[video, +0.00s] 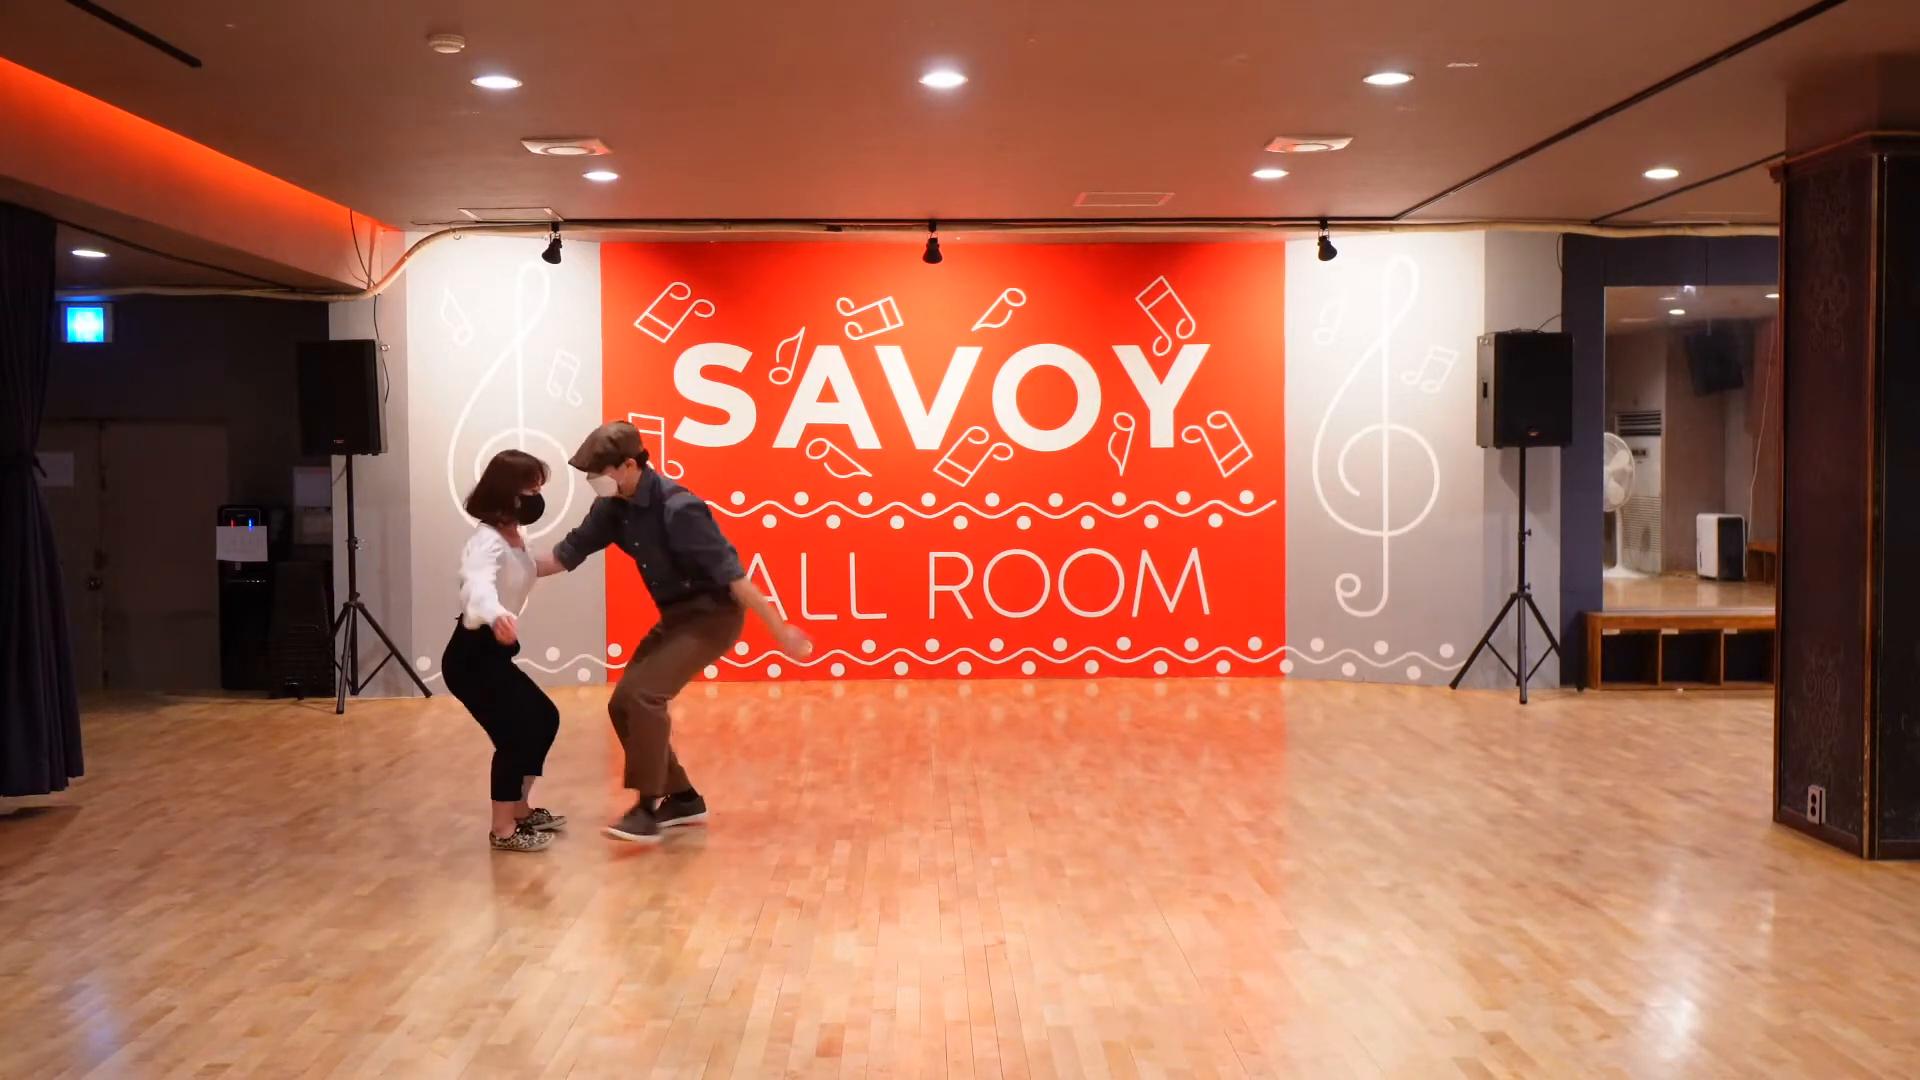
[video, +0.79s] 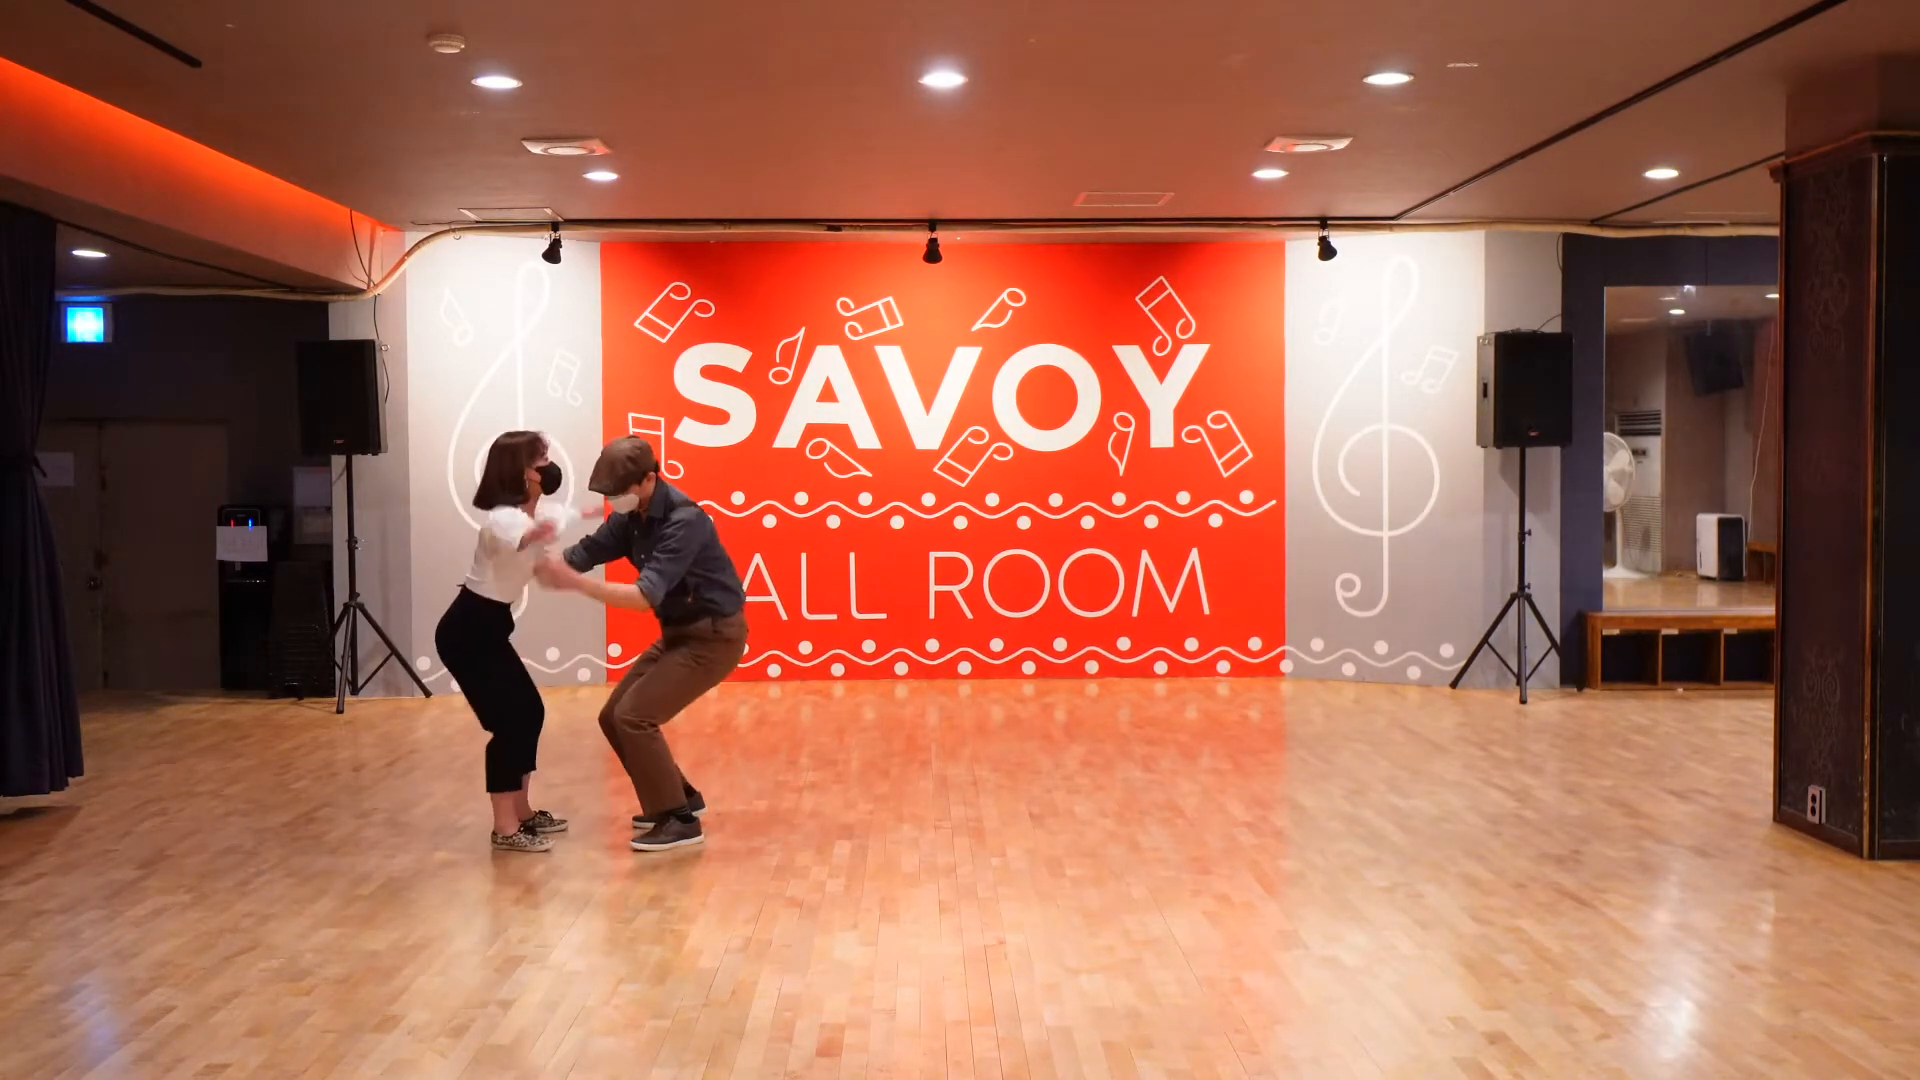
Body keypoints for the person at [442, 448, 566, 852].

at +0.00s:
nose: (537, 497)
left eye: (538, 491)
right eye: (532, 490)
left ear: (508, 495)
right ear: (511, 494)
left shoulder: (512, 536)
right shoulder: (485, 541)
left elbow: (521, 571)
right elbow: (478, 588)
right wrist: (496, 615)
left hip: (492, 654)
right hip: (470, 660)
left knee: (544, 718)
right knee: (512, 733)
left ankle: (521, 810)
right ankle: (502, 829)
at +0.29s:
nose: (562, 504)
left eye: (561, 496)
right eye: (557, 497)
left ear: (518, 501)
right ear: (541, 506)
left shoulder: (518, 547)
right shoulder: (508, 552)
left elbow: (497, 596)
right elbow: (482, 609)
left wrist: (540, 569)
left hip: (476, 649)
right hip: (460, 655)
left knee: (534, 713)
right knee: (523, 722)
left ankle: (518, 812)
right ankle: (506, 829)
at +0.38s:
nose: (564, 501)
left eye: (562, 494)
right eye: (559, 494)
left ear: (518, 499)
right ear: (543, 504)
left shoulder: (520, 551)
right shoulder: (506, 556)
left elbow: (508, 612)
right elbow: (489, 626)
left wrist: (540, 573)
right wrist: (480, 691)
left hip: (477, 646)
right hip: (458, 654)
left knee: (537, 714)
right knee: (528, 722)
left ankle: (521, 813)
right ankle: (510, 827)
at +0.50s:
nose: (559, 491)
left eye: (556, 484)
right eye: (552, 485)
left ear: (518, 497)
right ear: (534, 496)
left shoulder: (521, 549)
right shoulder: (508, 556)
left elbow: (507, 622)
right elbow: (495, 631)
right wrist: (477, 694)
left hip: (479, 645)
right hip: (459, 654)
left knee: (535, 712)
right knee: (526, 719)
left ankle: (520, 812)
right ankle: (508, 828)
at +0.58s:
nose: (554, 483)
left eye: (551, 476)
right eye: (547, 477)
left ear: (517, 491)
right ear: (529, 490)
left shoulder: (524, 541)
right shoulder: (507, 547)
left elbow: (521, 593)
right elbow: (491, 614)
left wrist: (538, 625)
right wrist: (480, 678)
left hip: (482, 639)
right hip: (460, 647)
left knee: (532, 711)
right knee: (516, 722)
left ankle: (518, 810)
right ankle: (504, 829)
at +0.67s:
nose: (549, 480)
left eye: (548, 473)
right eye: (542, 474)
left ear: (521, 483)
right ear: (524, 483)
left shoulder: (523, 529)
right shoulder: (508, 534)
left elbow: (531, 565)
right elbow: (503, 585)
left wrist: (560, 579)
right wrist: (498, 632)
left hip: (475, 635)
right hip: (460, 639)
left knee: (533, 712)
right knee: (522, 717)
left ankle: (523, 814)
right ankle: (508, 828)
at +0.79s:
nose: (545, 474)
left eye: (545, 467)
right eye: (538, 468)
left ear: (536, 473)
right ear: (518, 474)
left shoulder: (537, 511)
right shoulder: (502, 516)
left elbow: (557, 520)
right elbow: (513, 534)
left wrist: (586, 515)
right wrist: (535, 532)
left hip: (491, 629)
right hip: (466, 631)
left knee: (530, 711)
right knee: (507, 722)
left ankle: (521, 814)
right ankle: (504, 829)